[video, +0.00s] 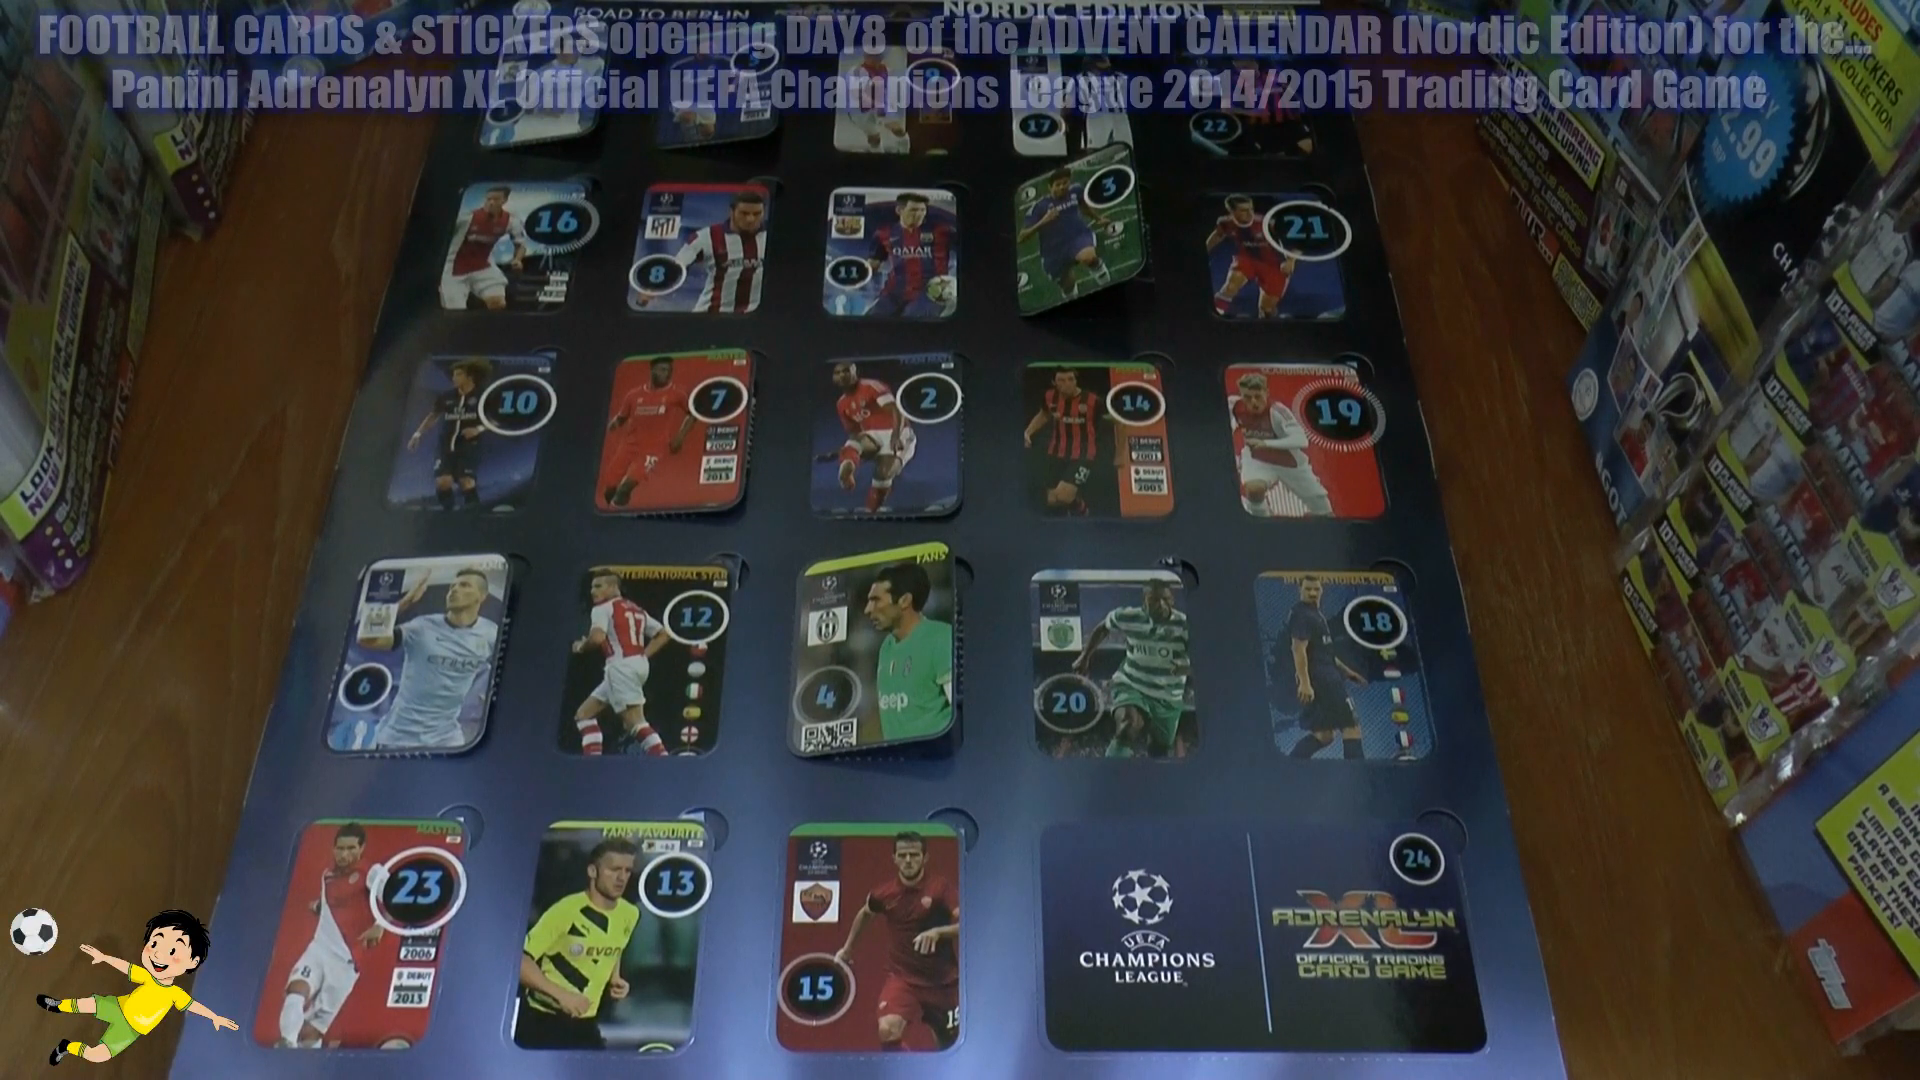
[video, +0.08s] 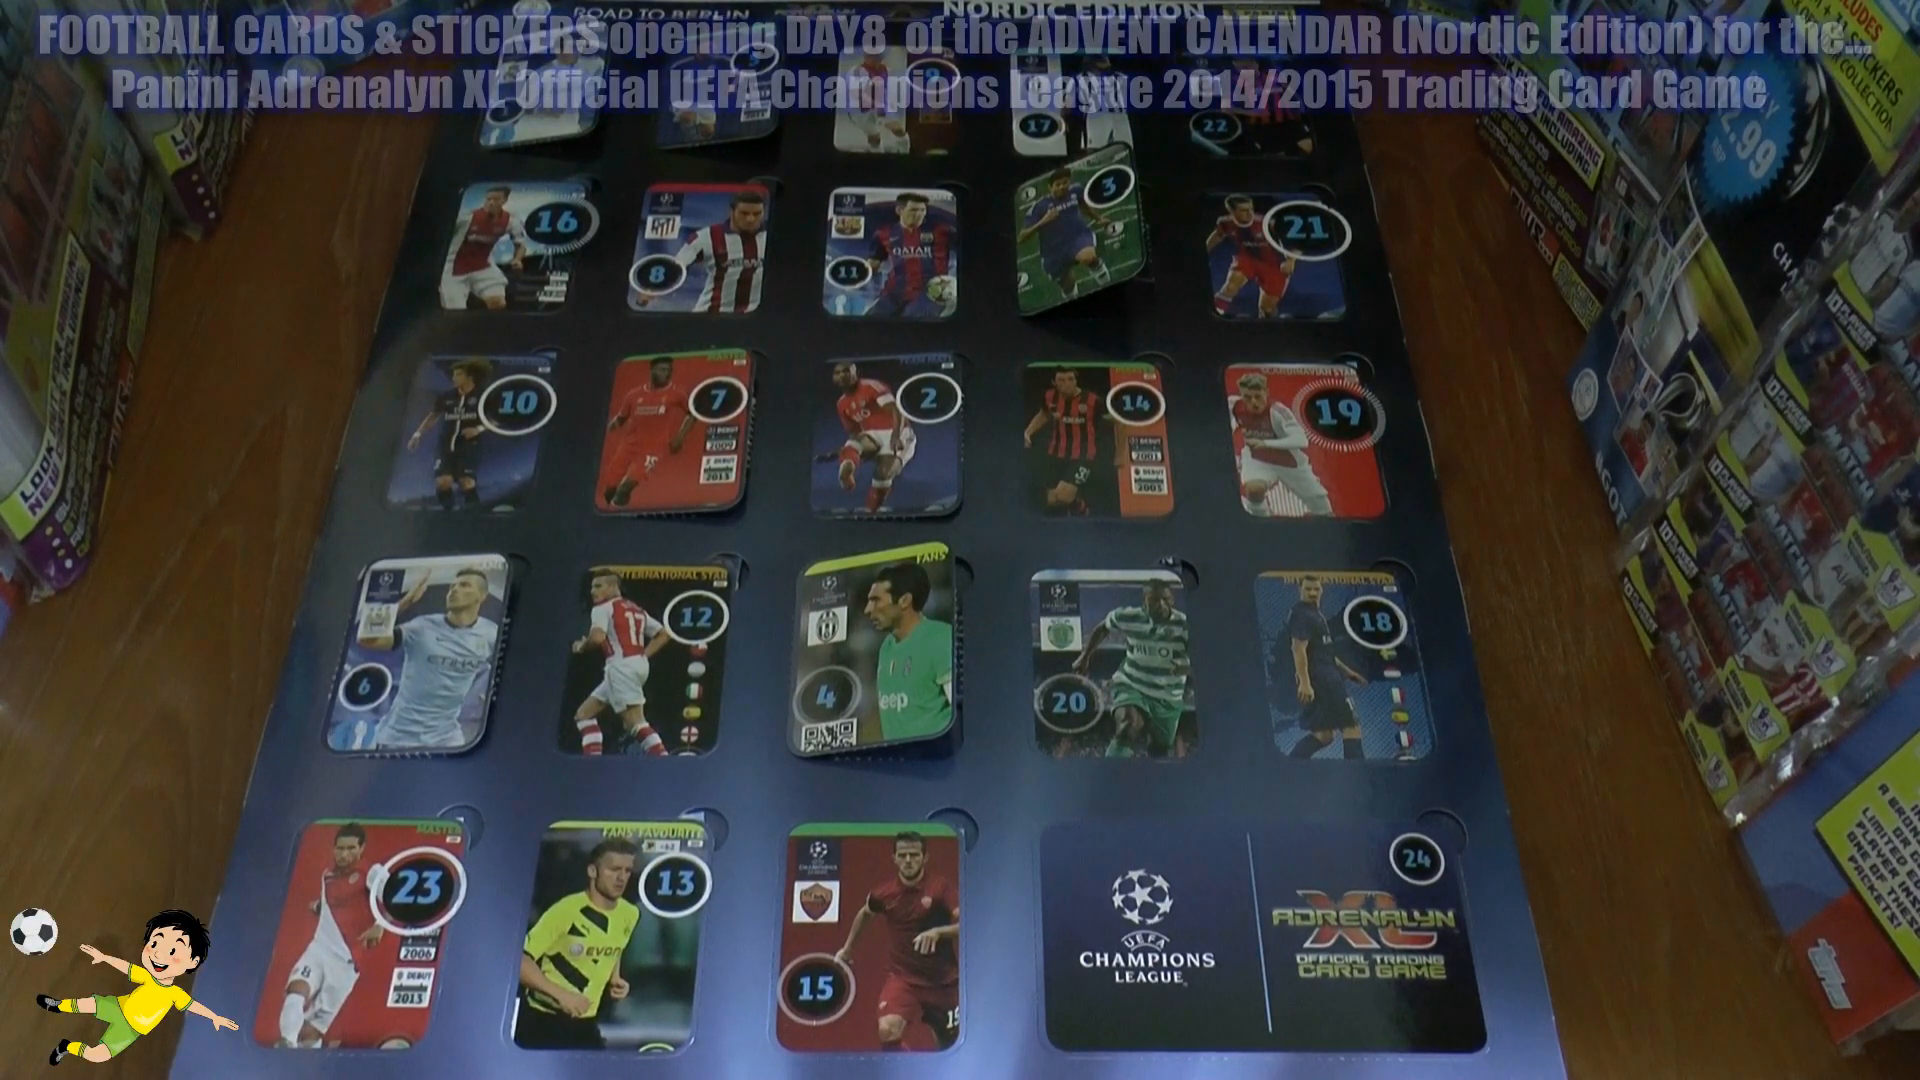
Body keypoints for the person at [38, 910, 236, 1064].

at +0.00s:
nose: (159, 955)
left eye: (172, 952)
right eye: (155, 944)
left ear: (189, 965)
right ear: (145, 946)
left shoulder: (176, 995)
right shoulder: (143, 976)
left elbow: (195, 1007)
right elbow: (124, 966)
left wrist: (215, 1017)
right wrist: (103, 958)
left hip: (131, 1030)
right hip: (118, 1008)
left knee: (99, 1055)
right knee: (88, 1003)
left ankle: (66, 1047)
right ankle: (58, 1006)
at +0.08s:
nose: (159, 955)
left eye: (172, 952)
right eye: (155, 943)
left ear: (190, 965)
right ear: (146, 945)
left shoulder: (176, 995)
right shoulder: (144, 976)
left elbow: (195, 1007)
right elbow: (124, 966)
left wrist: (215, 1017)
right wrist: (103, 958)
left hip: (131, 1030)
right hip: (119, 1008)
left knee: (99, 1055)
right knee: (88, 1003)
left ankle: (66, 1047)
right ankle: (57, 1006)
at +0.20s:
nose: (159, 956)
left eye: (172, 952)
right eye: (155, 944)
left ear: (190, 964)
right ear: (146, 945)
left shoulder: (176, 995)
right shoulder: (143, 976)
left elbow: (194, 1007)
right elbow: (124, 966)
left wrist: (215, 1017)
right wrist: (103, 958)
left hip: (131, 1030)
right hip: (119, 1008)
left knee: (99, 1055)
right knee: (89, 1003)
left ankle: (66, 1047)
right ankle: (57, 1006)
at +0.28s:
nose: (159, 955)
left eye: (172, 952)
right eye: (155, 943)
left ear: (190, 965)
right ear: (146, 945)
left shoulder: (176, 995)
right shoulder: (144, 976)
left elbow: (195, 1007)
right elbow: (124, 966)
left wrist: (215, 1017)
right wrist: (103, 958)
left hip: (131, 1030)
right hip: (119, 1008)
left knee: (99, 1055)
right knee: (88, 1003)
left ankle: (66, 1047)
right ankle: (57, 1006)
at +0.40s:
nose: (159, 955)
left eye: (172, 952)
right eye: (155, 943)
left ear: (189, 965)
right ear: (146, 945)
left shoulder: (176, 995)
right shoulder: (144, 976)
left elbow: (195, 1007)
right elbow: (124, 966)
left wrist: (215, 1017)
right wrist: (103, 958)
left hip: (131, 1030)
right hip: (119, 1008)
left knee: (99, 1055)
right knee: (88, 1003)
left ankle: (66, 1047)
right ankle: (57, 1006)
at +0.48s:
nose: (159, 955)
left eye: (172, 952)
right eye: (155, 944)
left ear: (189, 965)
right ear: (145, 946)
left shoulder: (176, 995)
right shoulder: (144, 976)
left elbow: (195, 1007)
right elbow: (124, 966)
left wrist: (215, 1017)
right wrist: (103, 958)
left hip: (131, 1030)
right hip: (118, 1008)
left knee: (99, 1055)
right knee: (88, 1003)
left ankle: (66, 1047)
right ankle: (57, 1006)